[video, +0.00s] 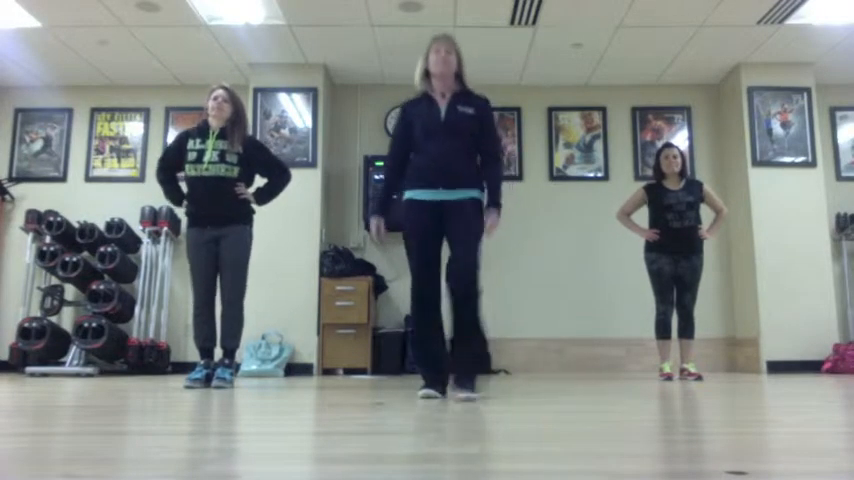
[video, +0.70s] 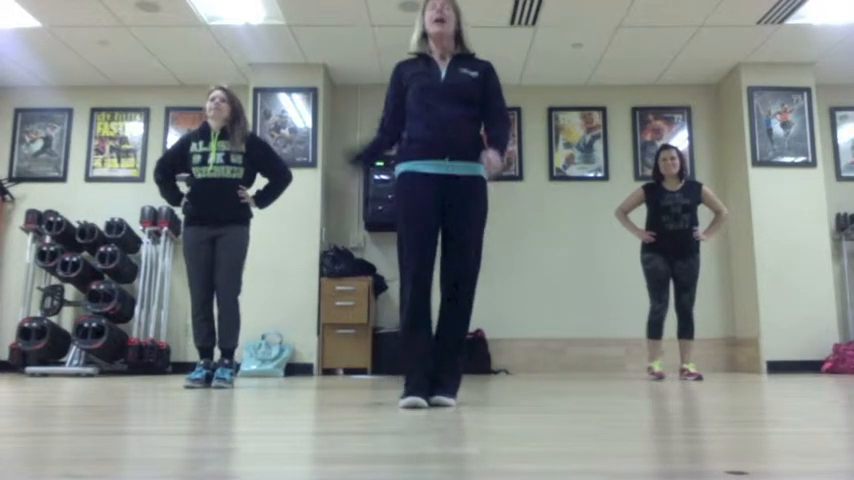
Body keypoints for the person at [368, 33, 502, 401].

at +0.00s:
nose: (443, 58)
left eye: (449, 53)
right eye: (437, 53)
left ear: (458, 61)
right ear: (426, 62)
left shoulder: (477, 105)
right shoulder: (412, 108)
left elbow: (491, 156)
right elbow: (395, 160)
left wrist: (493, 202)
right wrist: (379, 208)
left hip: (465, 204)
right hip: (419, 204)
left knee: (463, 285)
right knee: (424, 290)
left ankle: (464, 375)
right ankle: (432, 378)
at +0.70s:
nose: (438, 14)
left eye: (445, 10)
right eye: (431, 10)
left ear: (457, 22)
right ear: (422, 22)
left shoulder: (480, 69)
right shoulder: (406, 69)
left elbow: (497, 119)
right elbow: (390, 129)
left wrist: (496, 148)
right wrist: (365, 154)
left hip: (467, 180)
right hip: (417, 179)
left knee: (459, 285)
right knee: (415, 283)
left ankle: (444, 386)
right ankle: (416, 386)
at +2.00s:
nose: (429, 2)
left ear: (449, 8)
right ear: (412, 9)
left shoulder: (472, 61)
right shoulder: (395, 58)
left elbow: (489, 123)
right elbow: (364, 115)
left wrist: (488, 177)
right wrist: (336, 77)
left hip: (459, 180)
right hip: (405, 180)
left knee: (478, 278)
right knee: (407, 284)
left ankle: (489, 376)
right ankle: (413, 387)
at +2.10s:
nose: (433, 3)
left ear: (452, 7)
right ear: (416, 9)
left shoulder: (475, 61)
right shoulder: (398, 57)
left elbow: (491, 124)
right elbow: (371, 118)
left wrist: (491, 178)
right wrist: (346, 91)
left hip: (462, 182)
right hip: (408, 180)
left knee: (485, 278)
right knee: (409, 284)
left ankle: (500, 382)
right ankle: (413, 387)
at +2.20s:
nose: (443, 3)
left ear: (461, 9)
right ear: (426, 10)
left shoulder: (482, 64)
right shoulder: (406, 58)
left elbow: (497, 127)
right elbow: (392, 122)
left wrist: (517, 174)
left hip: (469, 182)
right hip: (414, 179)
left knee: (505, 270)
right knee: (410, 284)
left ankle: (507, 381)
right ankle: (413, 388)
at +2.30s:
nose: (450, 2)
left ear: (468, 8)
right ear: (432, 9)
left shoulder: (489, 65)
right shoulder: (414, 56)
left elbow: (506, 129)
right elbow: (394, 123)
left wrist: (541, 165)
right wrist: (364, 132)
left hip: (474, 181)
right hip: (421, 178)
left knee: (514, 268)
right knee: (415, 282)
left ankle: (517, 380)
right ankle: (413, 387)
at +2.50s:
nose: (489, 18)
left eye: (494, 12)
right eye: (480, 12)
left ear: (501, 15)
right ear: (466, 15)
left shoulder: (514, 65)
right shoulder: (448, 48)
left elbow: (552, 127)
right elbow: (426, 102)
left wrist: (616, 138)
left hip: (498, 184)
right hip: (449, 180)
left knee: (527, 282)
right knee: (432, 284)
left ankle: (560, 385)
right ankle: (414, 389)